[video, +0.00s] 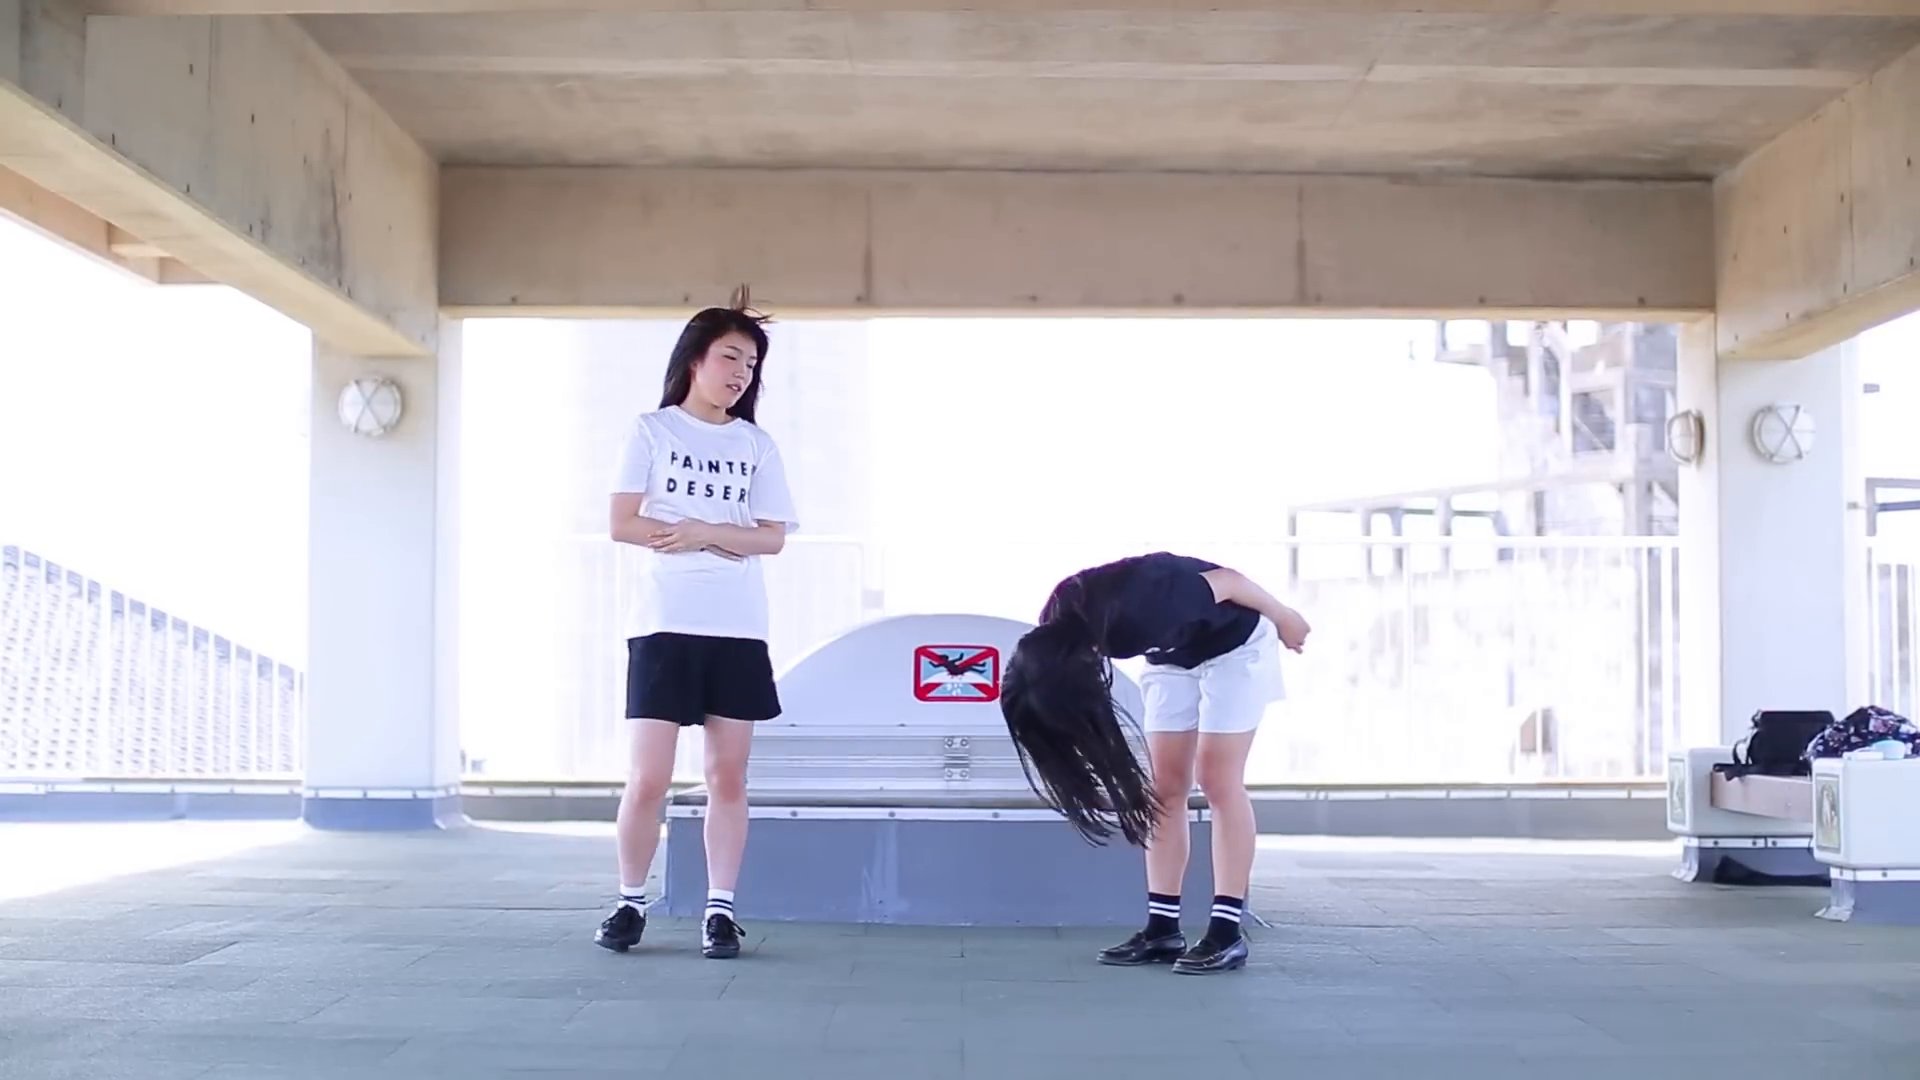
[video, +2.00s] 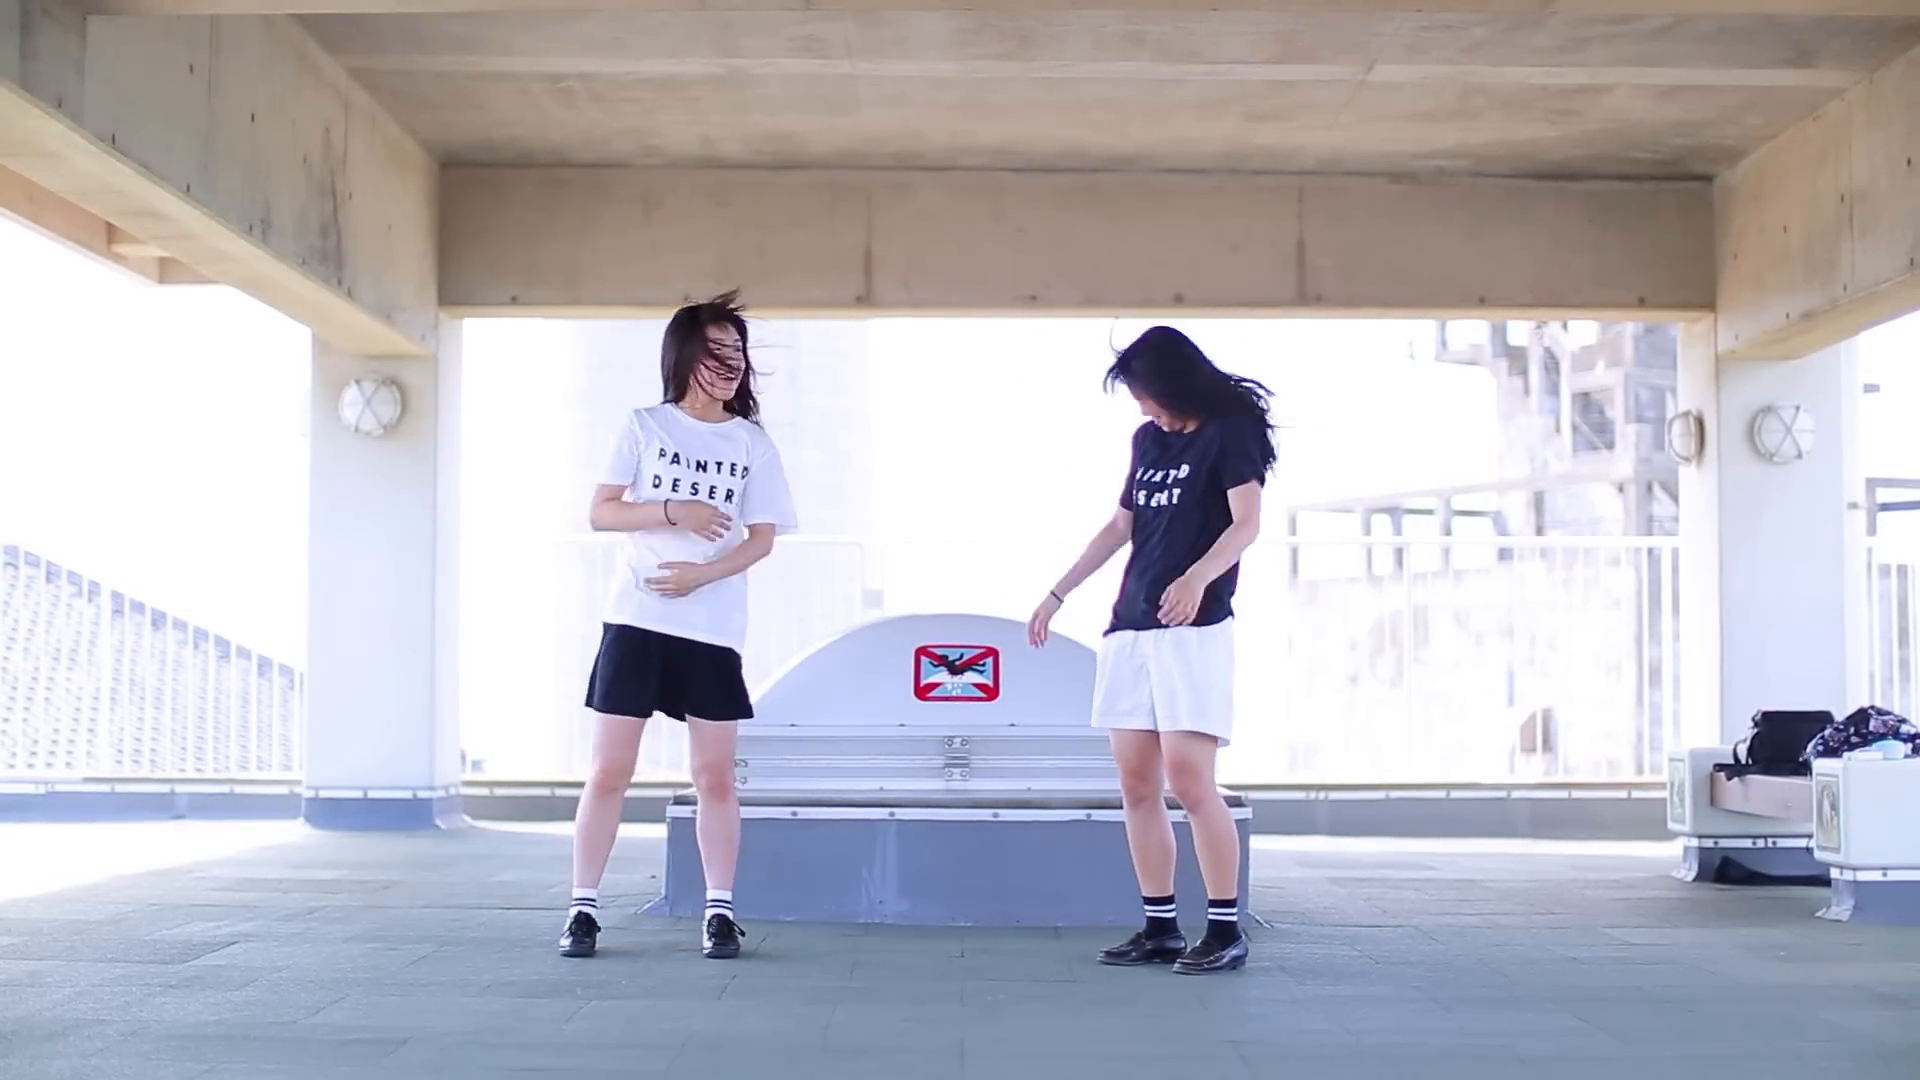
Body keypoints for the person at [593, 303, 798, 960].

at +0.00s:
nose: (737, 372)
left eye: (748, 364)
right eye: (727, 357)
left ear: (754, 375)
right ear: (692, 357)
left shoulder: (758, 444)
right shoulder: (651, 429)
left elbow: (773, 539)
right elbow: (622, 525)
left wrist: (698, 532)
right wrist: (721, 534)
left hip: (739, 630)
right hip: (664, 626)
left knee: (728, 777)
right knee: (650, 780)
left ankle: (720, 911)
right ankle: (631, 902)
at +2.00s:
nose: (726, 363)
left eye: (735, 353)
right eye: (712, 351)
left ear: (746, 361)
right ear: (682, 355)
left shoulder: (753, 441)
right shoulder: (646, 424)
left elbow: (763, 538)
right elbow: (601, 512)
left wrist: (704, 573)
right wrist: (676, 510)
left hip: (712, 630)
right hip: (636, 621)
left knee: (716, 778)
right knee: (609, 774)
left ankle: (719, 911)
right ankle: (583, 908)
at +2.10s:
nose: (699, 359)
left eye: (710, 349)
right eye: (686, 348)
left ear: (723, 357)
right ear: (658, 355)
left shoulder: (738, 438)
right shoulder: (630, 422)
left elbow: (749, 538)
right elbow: (580, 500)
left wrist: (713, 601)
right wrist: (640, 453)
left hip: (700, 626)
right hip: (624, 619)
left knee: (709, 779)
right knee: (602, 775)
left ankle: (718, 912)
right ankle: (582, 910)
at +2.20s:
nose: (671, 358)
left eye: (682, 347)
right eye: (656, 348)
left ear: (700, 356)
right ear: (632, 358)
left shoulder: (724, 438)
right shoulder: (616, 422)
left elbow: (742, 533)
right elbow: (561, 471)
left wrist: (728, 617)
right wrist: (610, 395)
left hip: (688, 630)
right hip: (609, 621)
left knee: (701, 780)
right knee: (594, 774)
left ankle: (718, 910)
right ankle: (581, 909)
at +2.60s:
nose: (598, 361)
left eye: (615, 350)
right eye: (592, 350)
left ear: (644, 364)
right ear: (583, 360)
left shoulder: (667, 434)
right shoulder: (563, 425)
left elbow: (707, 516)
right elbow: (486, 440)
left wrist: (681, 564)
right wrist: (538, 381)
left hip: (640, 622)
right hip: (565, 619)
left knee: (657, 780)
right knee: (570, 774)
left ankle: (672, 905)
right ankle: (579, 909)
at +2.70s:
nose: (579, 350)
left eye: (595, 341)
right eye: (580, 340)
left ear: (632, 363)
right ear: (581, 358)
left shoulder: (666, 430)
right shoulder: (564, 423)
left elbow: (705, 515)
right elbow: (488, 456)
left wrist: (661, 511)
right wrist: (519, 389)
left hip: (639, 621)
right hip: (564, 617)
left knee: (639, 780)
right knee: (570, 774)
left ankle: (645, 909)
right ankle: (578, 910)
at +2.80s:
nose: (579, 355)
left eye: (594, 346)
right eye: (580, 344)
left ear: (632, 363)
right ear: (585, 357)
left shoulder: (667, 430)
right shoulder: (563, 425)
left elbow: (702, 497)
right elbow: (494, 467)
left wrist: (635, 453)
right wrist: (521, 393)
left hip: (637, 621)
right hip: (564, 618)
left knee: (637, 780)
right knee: (571, 774)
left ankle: (648, 907)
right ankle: (577, 910)